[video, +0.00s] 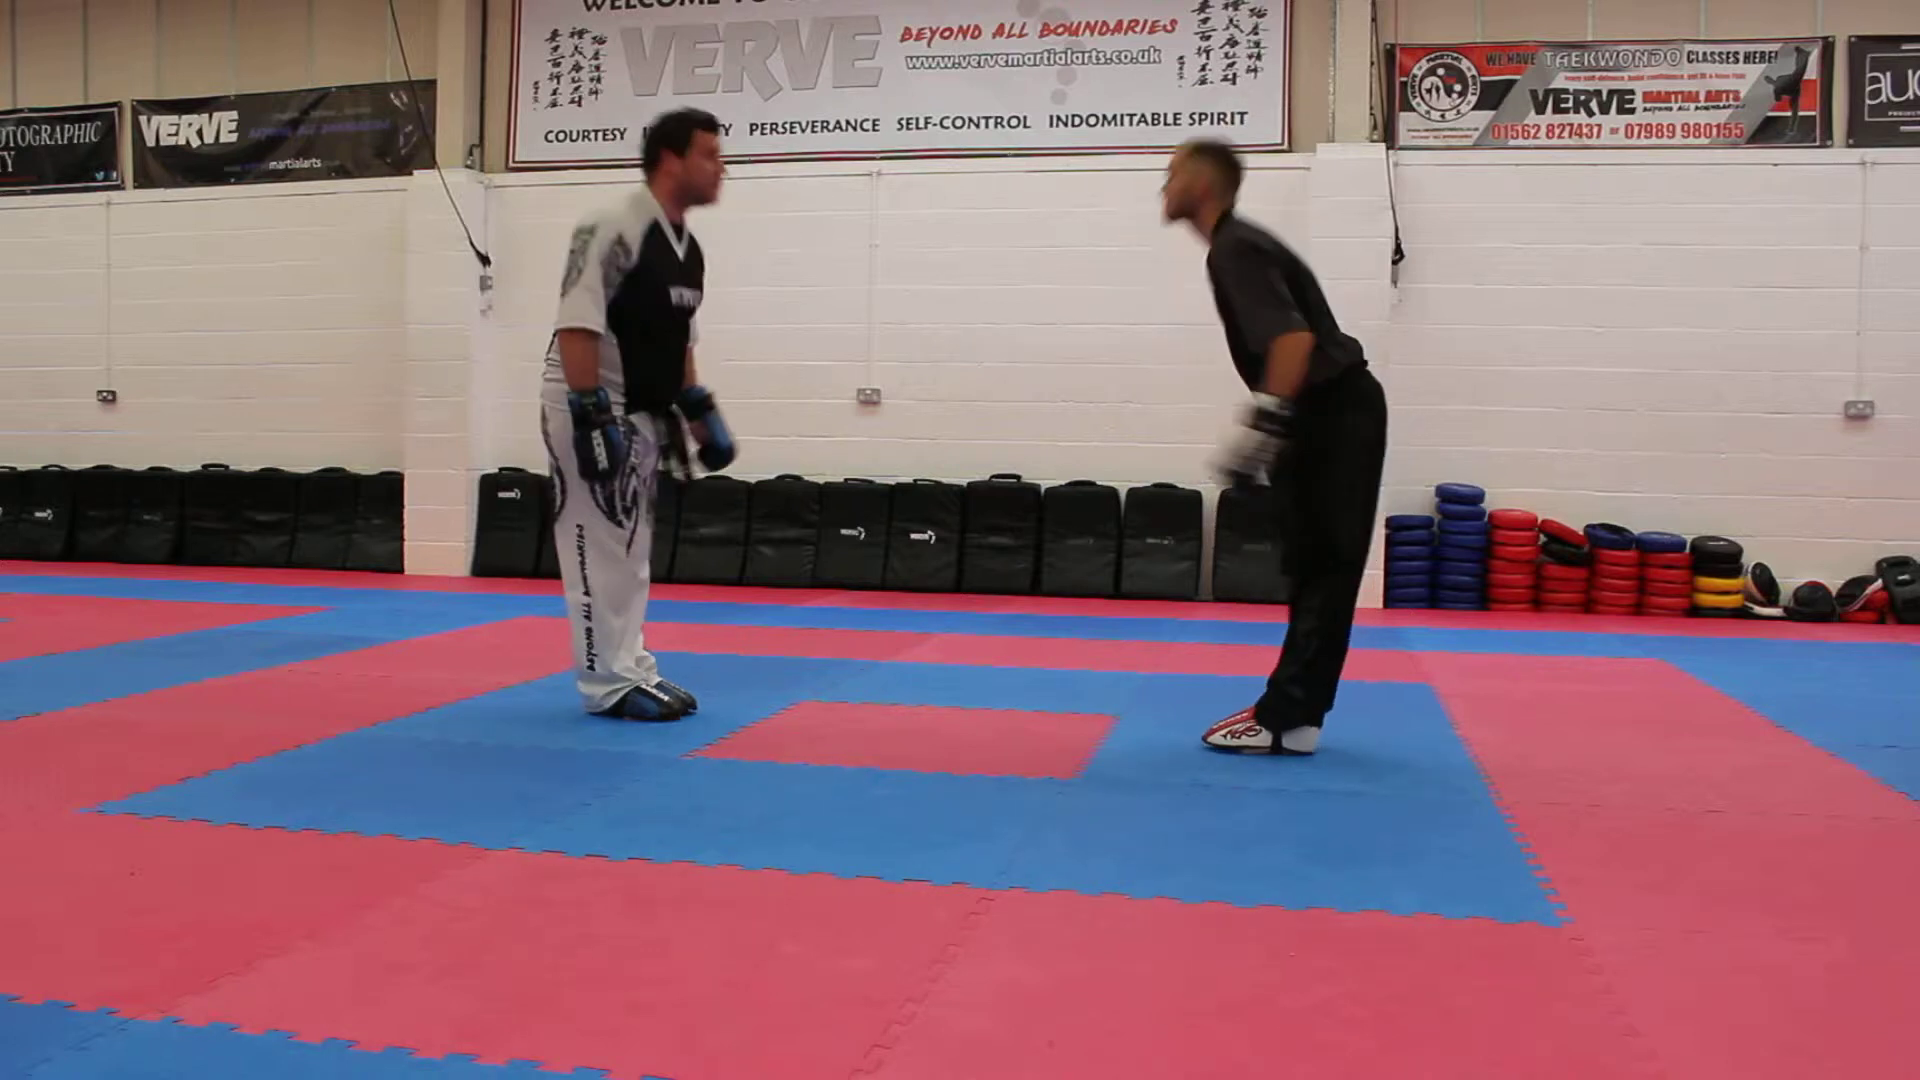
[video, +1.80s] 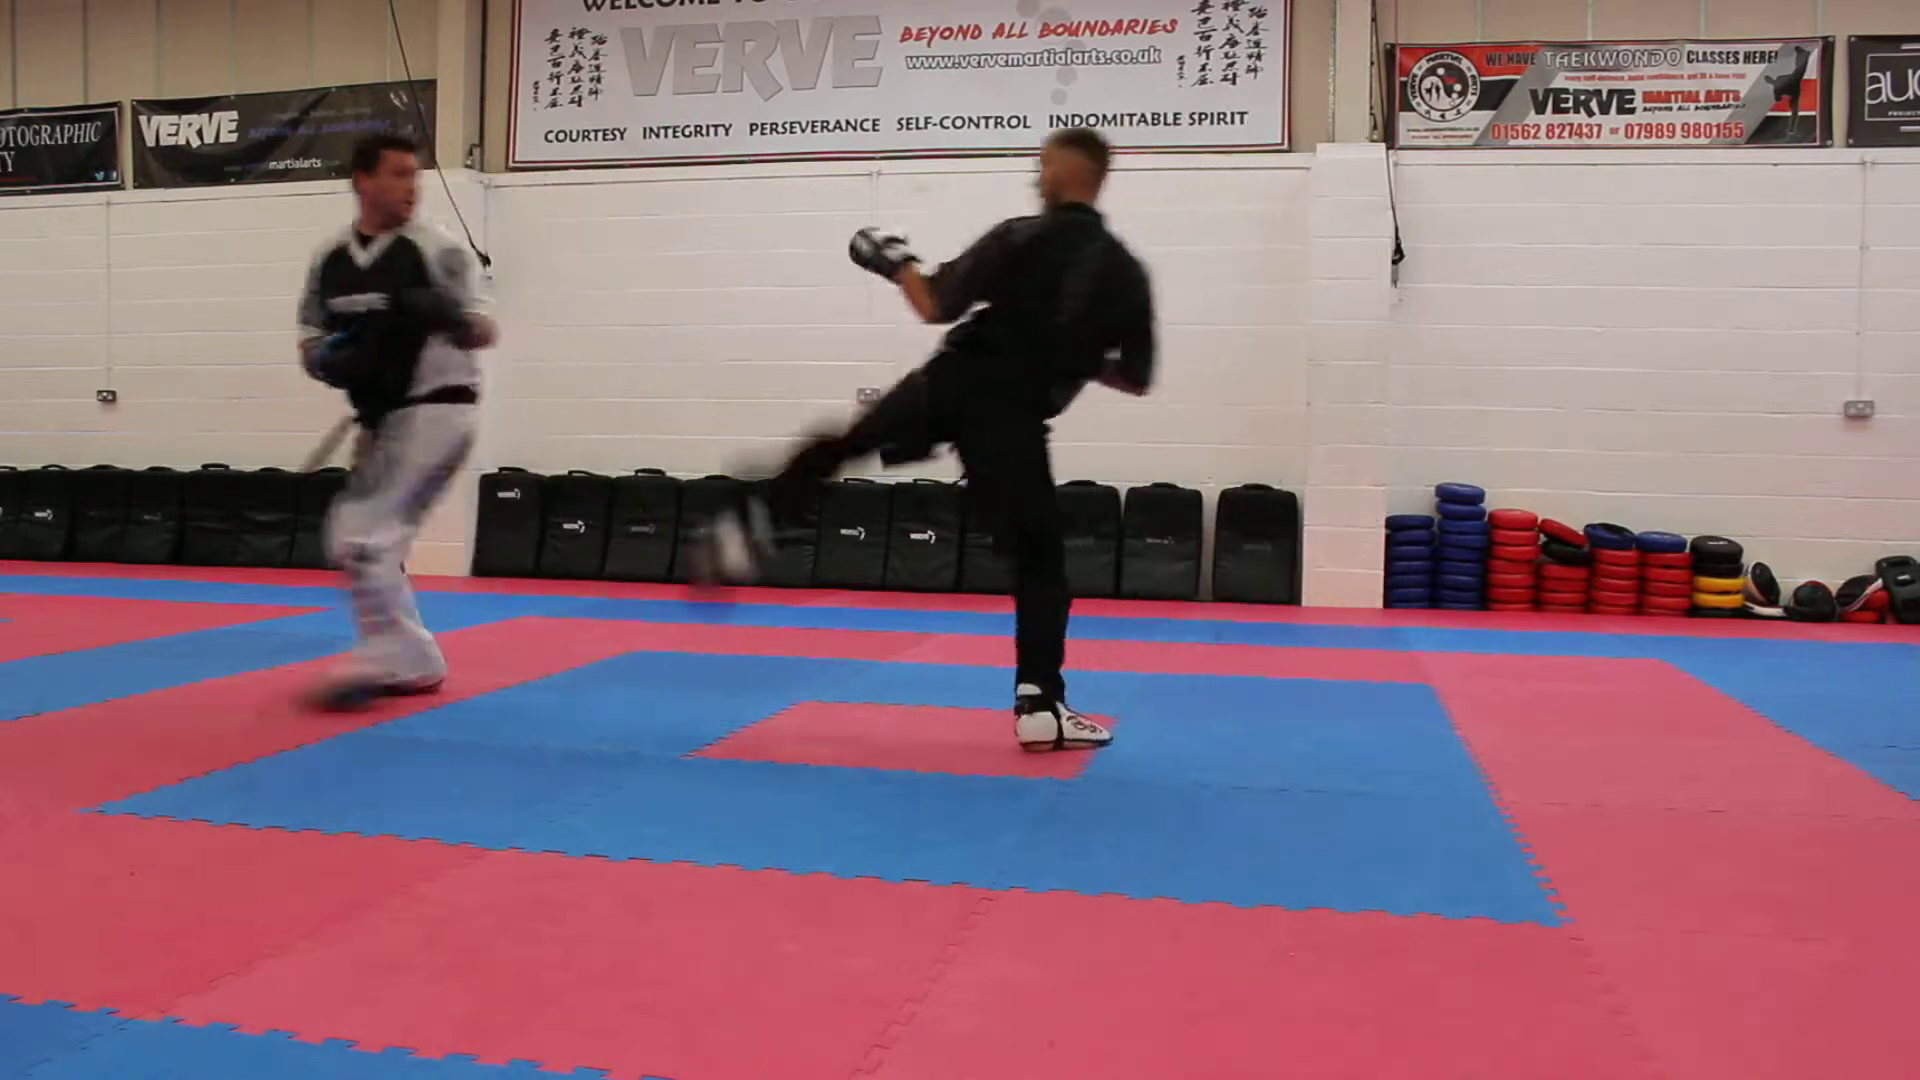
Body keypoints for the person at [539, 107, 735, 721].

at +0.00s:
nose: (721, 168)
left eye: (720, 157)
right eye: (710, 156)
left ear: (685, 164)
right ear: (671, 160)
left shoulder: (687, 249)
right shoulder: (610, 228)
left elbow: (674, 340)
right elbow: (576, 328)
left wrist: (699, 413)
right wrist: (594, 418)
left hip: (642, 413)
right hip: (592, 409)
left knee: (631, 543)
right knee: (600, 542)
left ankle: (631, 670)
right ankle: (604, 682)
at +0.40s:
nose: (660, 148)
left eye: (659, 138)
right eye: (646, 138)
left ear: (646, 152)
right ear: (606, 150)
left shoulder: (670, 247)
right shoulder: (550, 219)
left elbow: (699, 333)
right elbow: (507, 291)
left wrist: (754, 353)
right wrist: (580, 332)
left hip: (613, 416)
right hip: (540, 410)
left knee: (623, 549)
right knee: (532, 548)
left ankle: (627, 679)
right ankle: (506, 677)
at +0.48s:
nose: (643, 154)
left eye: (642, 143)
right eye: (630, 143)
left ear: (622, 154)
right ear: (588, 152)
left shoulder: (653, 248)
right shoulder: (533, 218)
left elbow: (674, 332)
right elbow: (502, 300)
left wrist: (729, 350)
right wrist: (578, 316)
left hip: (607, 419)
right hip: (529, 417)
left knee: (645, 535)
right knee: (489, 545)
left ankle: (643, 671)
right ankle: (441, 665)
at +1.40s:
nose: (593, 214)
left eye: (593, 203)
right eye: (581, 203)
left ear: (581, 208)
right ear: (539, 209)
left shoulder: (613, 294)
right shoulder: (481, 283)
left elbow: (648, 374)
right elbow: (451, 369)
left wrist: (690, 374)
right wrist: (508, 376)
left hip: (591, 460)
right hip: (506, 462)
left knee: (652, 563)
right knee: (434, 560)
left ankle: (703, 677)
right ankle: (401, 666)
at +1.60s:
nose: (504, 208)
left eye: (506, 197)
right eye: (491, 196)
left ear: (503, 204)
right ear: (453, 203)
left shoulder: (528, 282)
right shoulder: (405, 284)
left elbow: (571, 361)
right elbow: (378, 358)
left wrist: (596, 350)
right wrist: (417, 374)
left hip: (520, 444)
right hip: (447, 451)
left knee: (577, 557)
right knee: (382, 554)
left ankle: (676, 669)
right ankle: (415, 669)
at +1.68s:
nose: (466, 198)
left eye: (469, 187)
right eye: (454, 186)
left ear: (469, 194)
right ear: (415, 193)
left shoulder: (488, 266)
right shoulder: (372, 272)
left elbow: (534, 350)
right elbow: (347, 345)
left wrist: (541, 331)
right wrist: (375, 361)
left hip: (487, 424)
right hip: (420, 436)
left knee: (489, 547)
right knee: (375, 551)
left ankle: (582, 647)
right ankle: (413, 669)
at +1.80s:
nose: (411, 188)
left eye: (414, 176)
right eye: (399, 176)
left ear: (419, 180)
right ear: (362, 182)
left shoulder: (439, 250)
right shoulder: (331, 264)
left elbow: (483, 330)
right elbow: (312, 346)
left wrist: (435, 311)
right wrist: (338, 357)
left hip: (440, 411)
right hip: (380, 416)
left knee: (365, 529)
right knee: (360, 537)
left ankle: (400, 653)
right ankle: (400, 659)